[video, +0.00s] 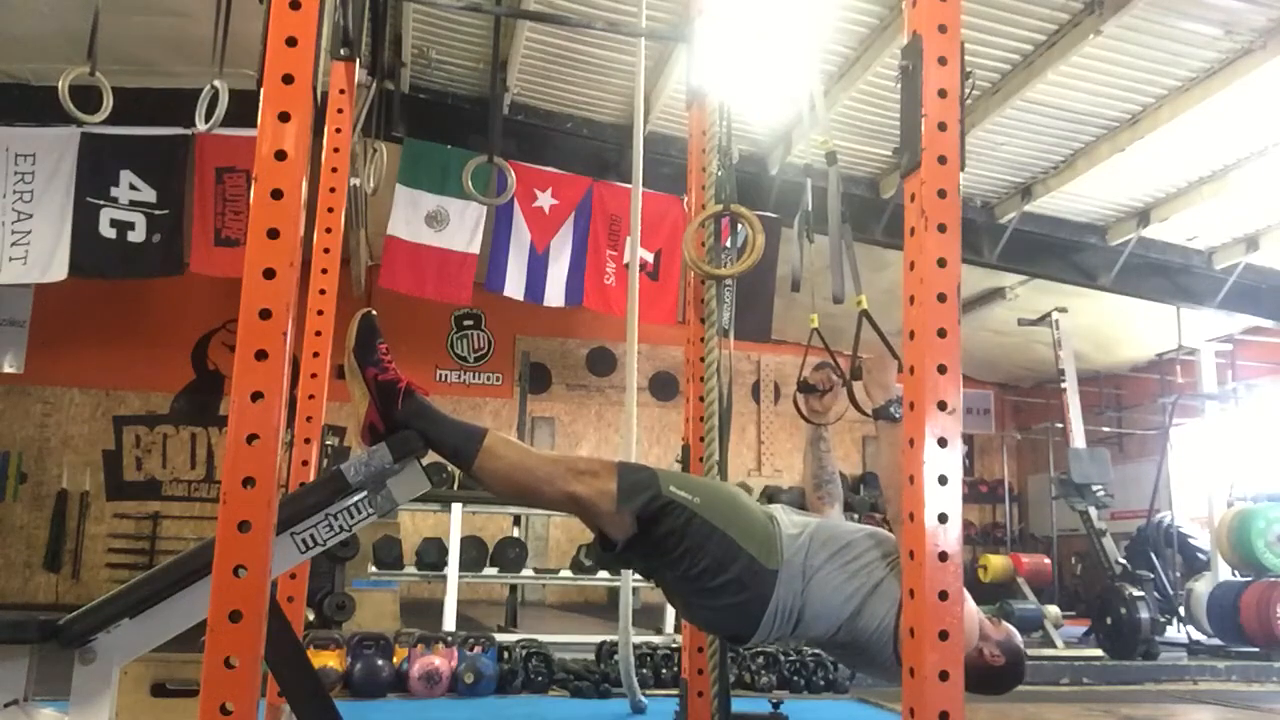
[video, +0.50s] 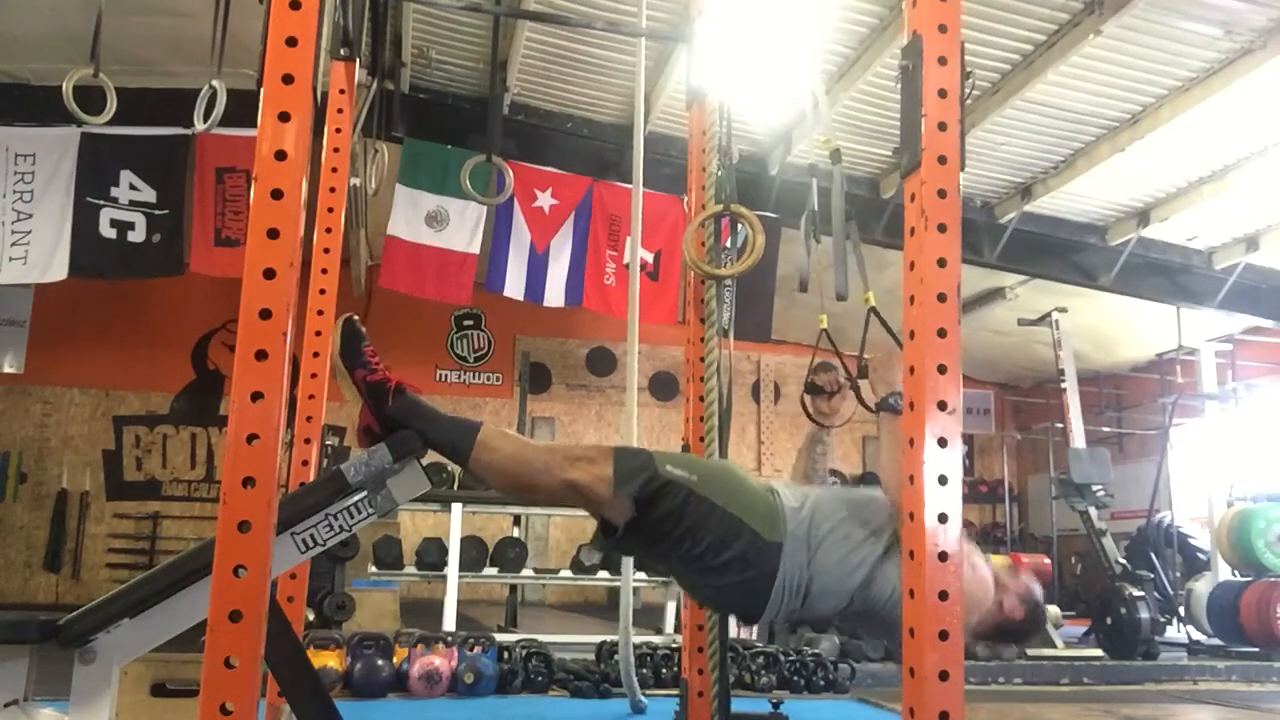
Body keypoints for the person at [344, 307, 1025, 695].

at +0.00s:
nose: (994, 631)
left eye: (999, 644)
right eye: (1003, 633)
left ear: (982, 659)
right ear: (985, 631)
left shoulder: (945, 639)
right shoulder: (935, 615)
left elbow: (931, 531)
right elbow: (904, 518)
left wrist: (923, 426)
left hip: (762, 564)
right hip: (758, 543)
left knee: (606, 481)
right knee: (587, 492)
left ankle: (407, 410)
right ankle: (411, 434)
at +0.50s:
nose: (1017, 568)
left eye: (1024, 583)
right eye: (1025, 569)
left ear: (1007, 613)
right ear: (1002, 566)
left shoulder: (966, 596)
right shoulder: (947, 564)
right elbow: (859, 499)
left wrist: (934, 454)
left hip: (771, 549)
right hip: (766, 522)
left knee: (606, 479)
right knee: (600, 470)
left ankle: (402, 412)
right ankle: (416, 432)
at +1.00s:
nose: (1019, 422)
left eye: (1030, 432)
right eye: (1025, 419)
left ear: (1027, 460)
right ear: (1011, 421)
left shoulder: (985, 465)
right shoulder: (964, 428)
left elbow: (907, 471)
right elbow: (886, 426)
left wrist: (918, 381)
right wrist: (895, 370)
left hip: (786, 443)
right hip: (776, 425)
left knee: (594, 373)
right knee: (579, 392)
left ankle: (389, 407)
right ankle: (398, 421)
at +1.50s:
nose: (855, 443)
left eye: (863, 458)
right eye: (864, 444)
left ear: (851, 479)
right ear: (847, 448)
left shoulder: (801, 481)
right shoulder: (791, 446)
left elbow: (722, 466)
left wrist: (754, 395)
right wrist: (755, 384)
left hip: (610, 390)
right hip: (610, 379)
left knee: (458, 259)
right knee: (450, 296)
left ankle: (342, 412)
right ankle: (339, 413)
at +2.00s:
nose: (718, 375)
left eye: (728, 389)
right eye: (729, 380)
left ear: (716, 418)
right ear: (713, 412)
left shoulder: (669, 428)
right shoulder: (657, 391)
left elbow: (589, 429)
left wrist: (627, 348)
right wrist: (630, 338)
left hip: (467, 344)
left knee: (317, 248)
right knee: (315, 281)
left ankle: (305, 418)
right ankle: (302, 420)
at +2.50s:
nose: (768, 408)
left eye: (776, 423)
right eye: (778, 412)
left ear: (768, 452)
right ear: (766, 442)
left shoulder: (725, 457)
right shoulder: (712, 433)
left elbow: (642, 445)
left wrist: (672, 361)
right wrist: (671, 351)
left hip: (523, 362)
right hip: (522, 369)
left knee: (352, 244)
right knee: (370, 296)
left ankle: (314, 420)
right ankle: (300, 413)